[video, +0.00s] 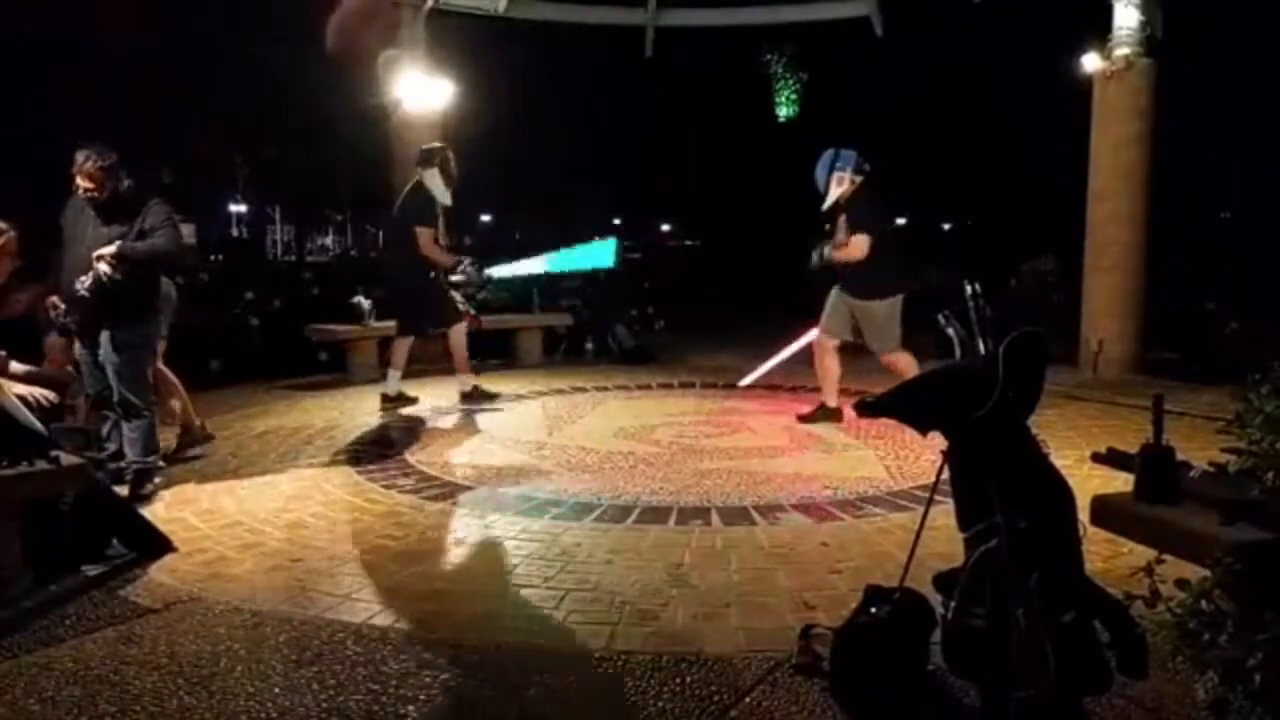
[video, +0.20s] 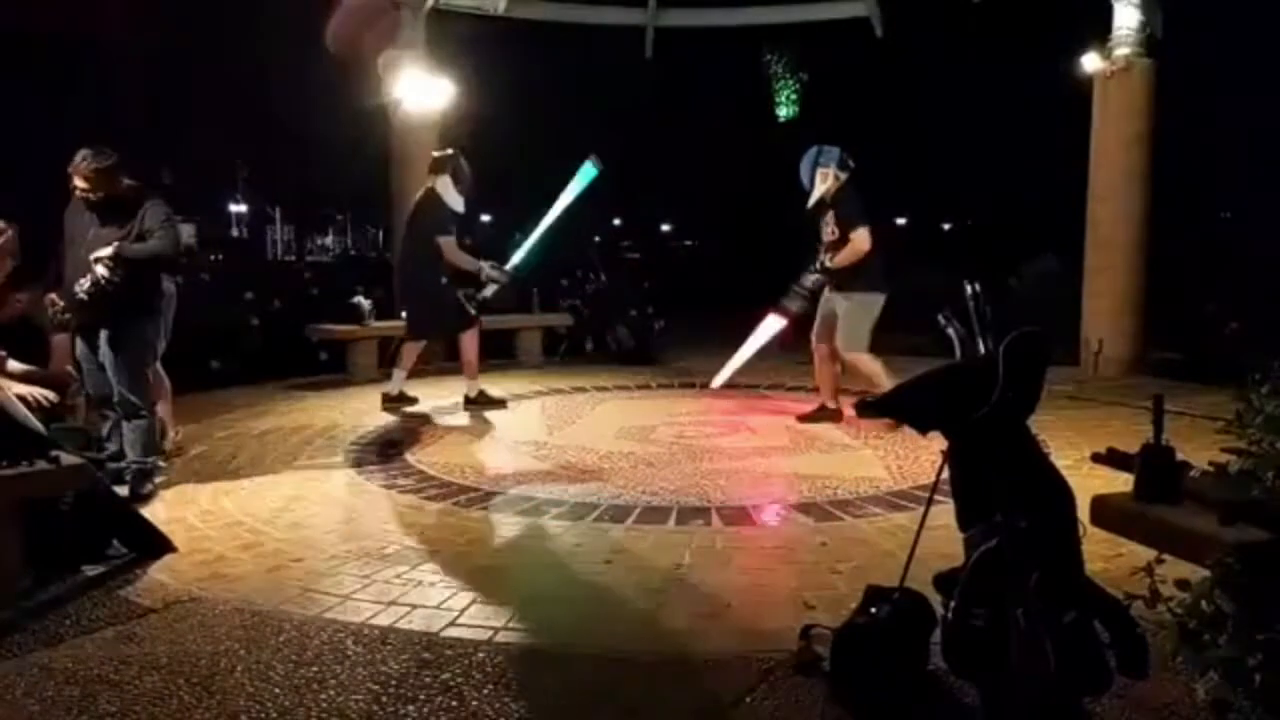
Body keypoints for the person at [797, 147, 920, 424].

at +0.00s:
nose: (827, 189)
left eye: (830, 183)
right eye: (827, 183)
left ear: (843, 179)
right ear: (844, 178)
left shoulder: (865, 204)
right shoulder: (846, 204)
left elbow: (858, 251)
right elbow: (843, 241)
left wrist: (826, 254)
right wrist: (827, 249)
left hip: (879, 293)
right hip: (847, 288)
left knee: (890, 355)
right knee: (825, 342)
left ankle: (926, 395)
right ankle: (830, 405)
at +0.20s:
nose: (814, 183)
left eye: (817, 176)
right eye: (814, 176)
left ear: (828, 173)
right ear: (825, 174)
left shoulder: (848, 199)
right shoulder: (826, 204)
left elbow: (862, 242)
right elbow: (827, 249)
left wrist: (830, 263)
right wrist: (812, 275)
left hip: (864, 289)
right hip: (836, 287)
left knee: (850, 349)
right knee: (821, 343)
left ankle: (897, 398)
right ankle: (829, 404)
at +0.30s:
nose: (810, 176)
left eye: (814, 169)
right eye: (808, 170)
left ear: (828, 168)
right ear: (808, 170)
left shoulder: (844, 195)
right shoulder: (814, 203)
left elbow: (863, 239)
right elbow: (805, 246)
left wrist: (826, 259)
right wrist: (767, 261)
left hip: (858, 280)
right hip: (835, 280)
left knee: (839, 344)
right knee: (826, 343)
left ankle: (855, 413)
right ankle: (830, 403)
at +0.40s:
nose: (807, 182)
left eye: (812, 175)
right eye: (805, 176)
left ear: (825, 173)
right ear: (804, 175)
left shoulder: (843, 201)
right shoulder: (809, 207)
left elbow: (861, 246)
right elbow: (784, 244)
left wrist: (822, 265)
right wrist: (741, 243)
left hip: (854, 284)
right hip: (832, 285)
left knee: (832, 350)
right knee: (821, 347)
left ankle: (844, 426)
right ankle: (829, 404)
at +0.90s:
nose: (792, 182)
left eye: (799, 175)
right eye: (787, 174)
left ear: (809, 176)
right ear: (778, 174)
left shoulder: (823, 202)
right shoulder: (785, 212)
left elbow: (849, 240)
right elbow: (776, 245)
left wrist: (818, 266)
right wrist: (756, 254)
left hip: (832, 290)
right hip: (807, 290)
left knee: (818, 350)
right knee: (792, 343)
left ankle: (839, 424)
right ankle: (811, 405)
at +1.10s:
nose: (774, 186)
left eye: (780, 179)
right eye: (770, 179)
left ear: (792, 179)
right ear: (764, 179)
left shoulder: (806, 207)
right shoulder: (770, 212)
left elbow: (838, 238)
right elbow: (745, 233)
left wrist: (833, 281)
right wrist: (719, 246)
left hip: (818, 292)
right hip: (791, 294)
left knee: (824, 354)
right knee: (779, 347)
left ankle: (840, 425)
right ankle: (773, 406)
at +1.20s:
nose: (772, 187)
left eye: (778, 180)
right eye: (768, 180)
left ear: (789, 179)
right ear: (761, 180)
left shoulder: (802, 206)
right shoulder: (764, 209)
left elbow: (835, 237)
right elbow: (735, 223)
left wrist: (837, 279)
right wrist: (707, 233)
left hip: (817, 293)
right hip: (790, 292)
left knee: (827, 355)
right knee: (776, 346)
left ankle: (841, 424)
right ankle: (772, 406)